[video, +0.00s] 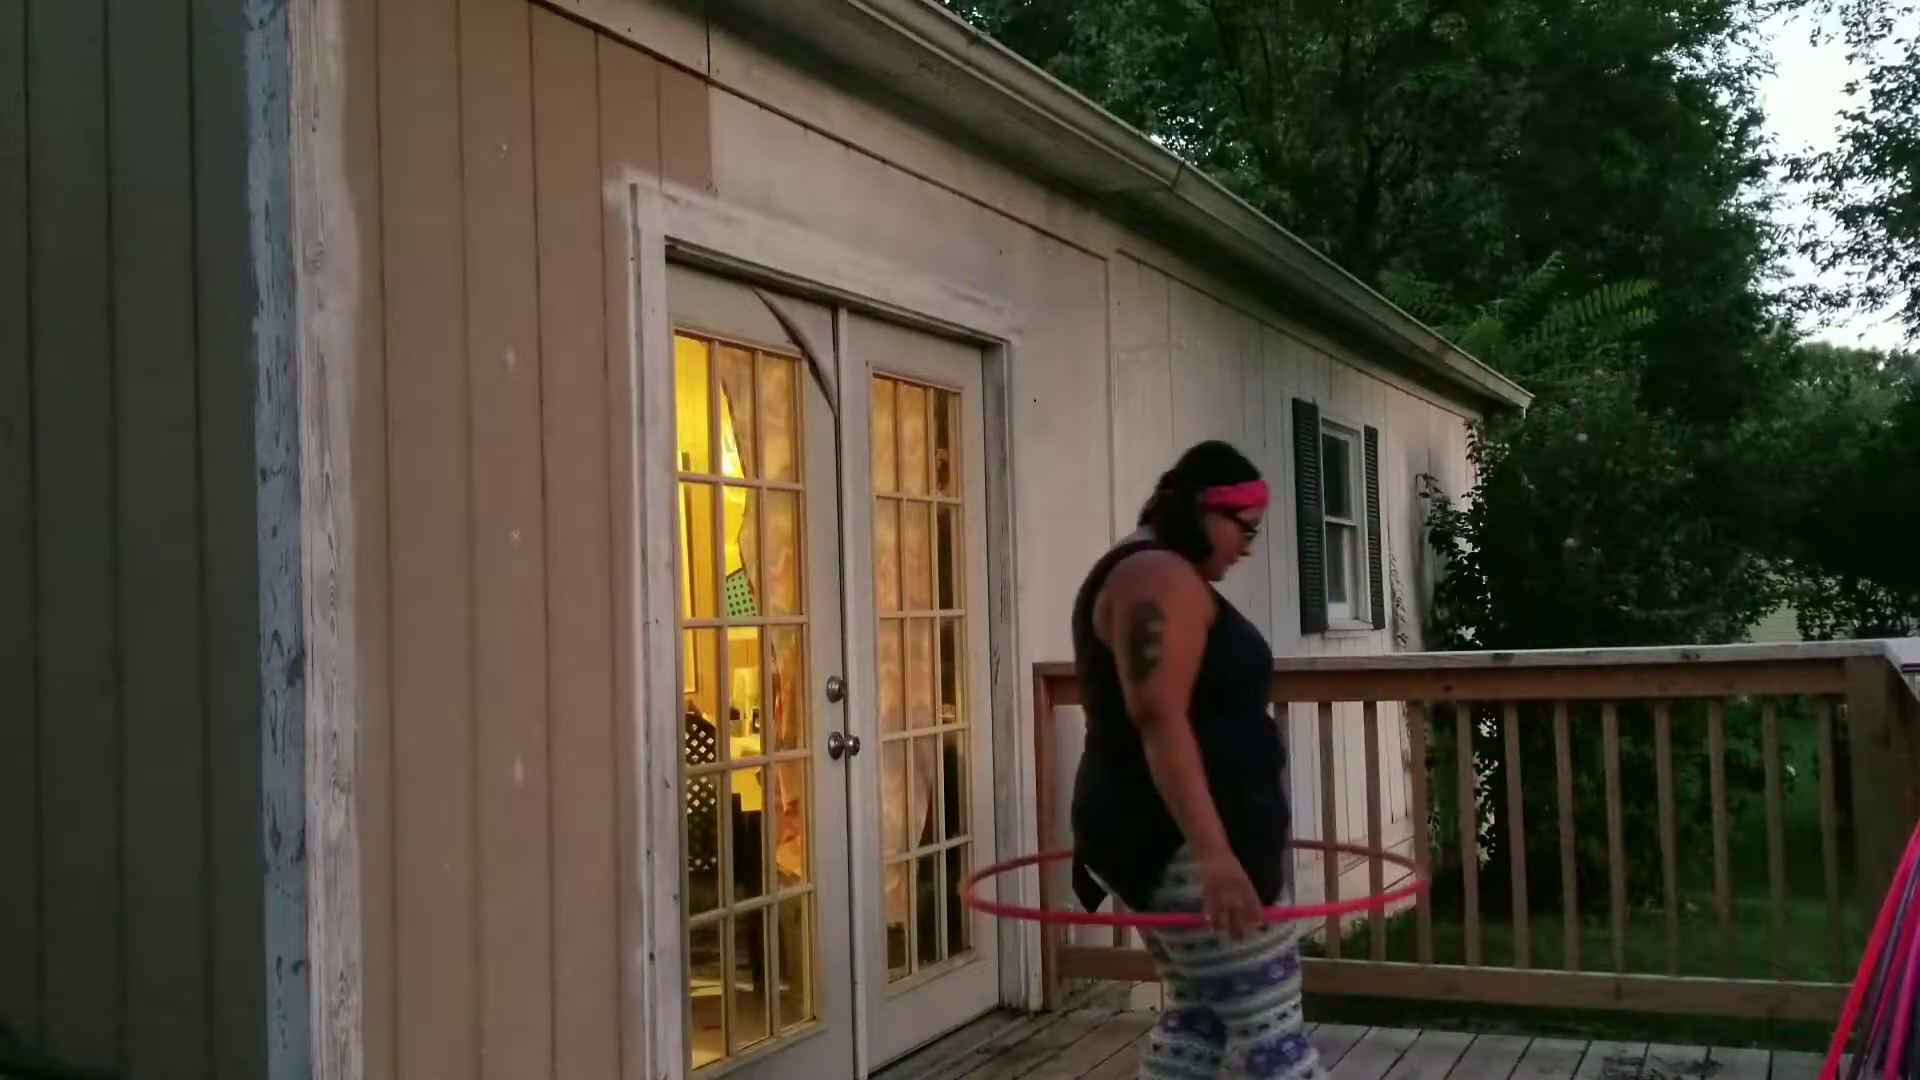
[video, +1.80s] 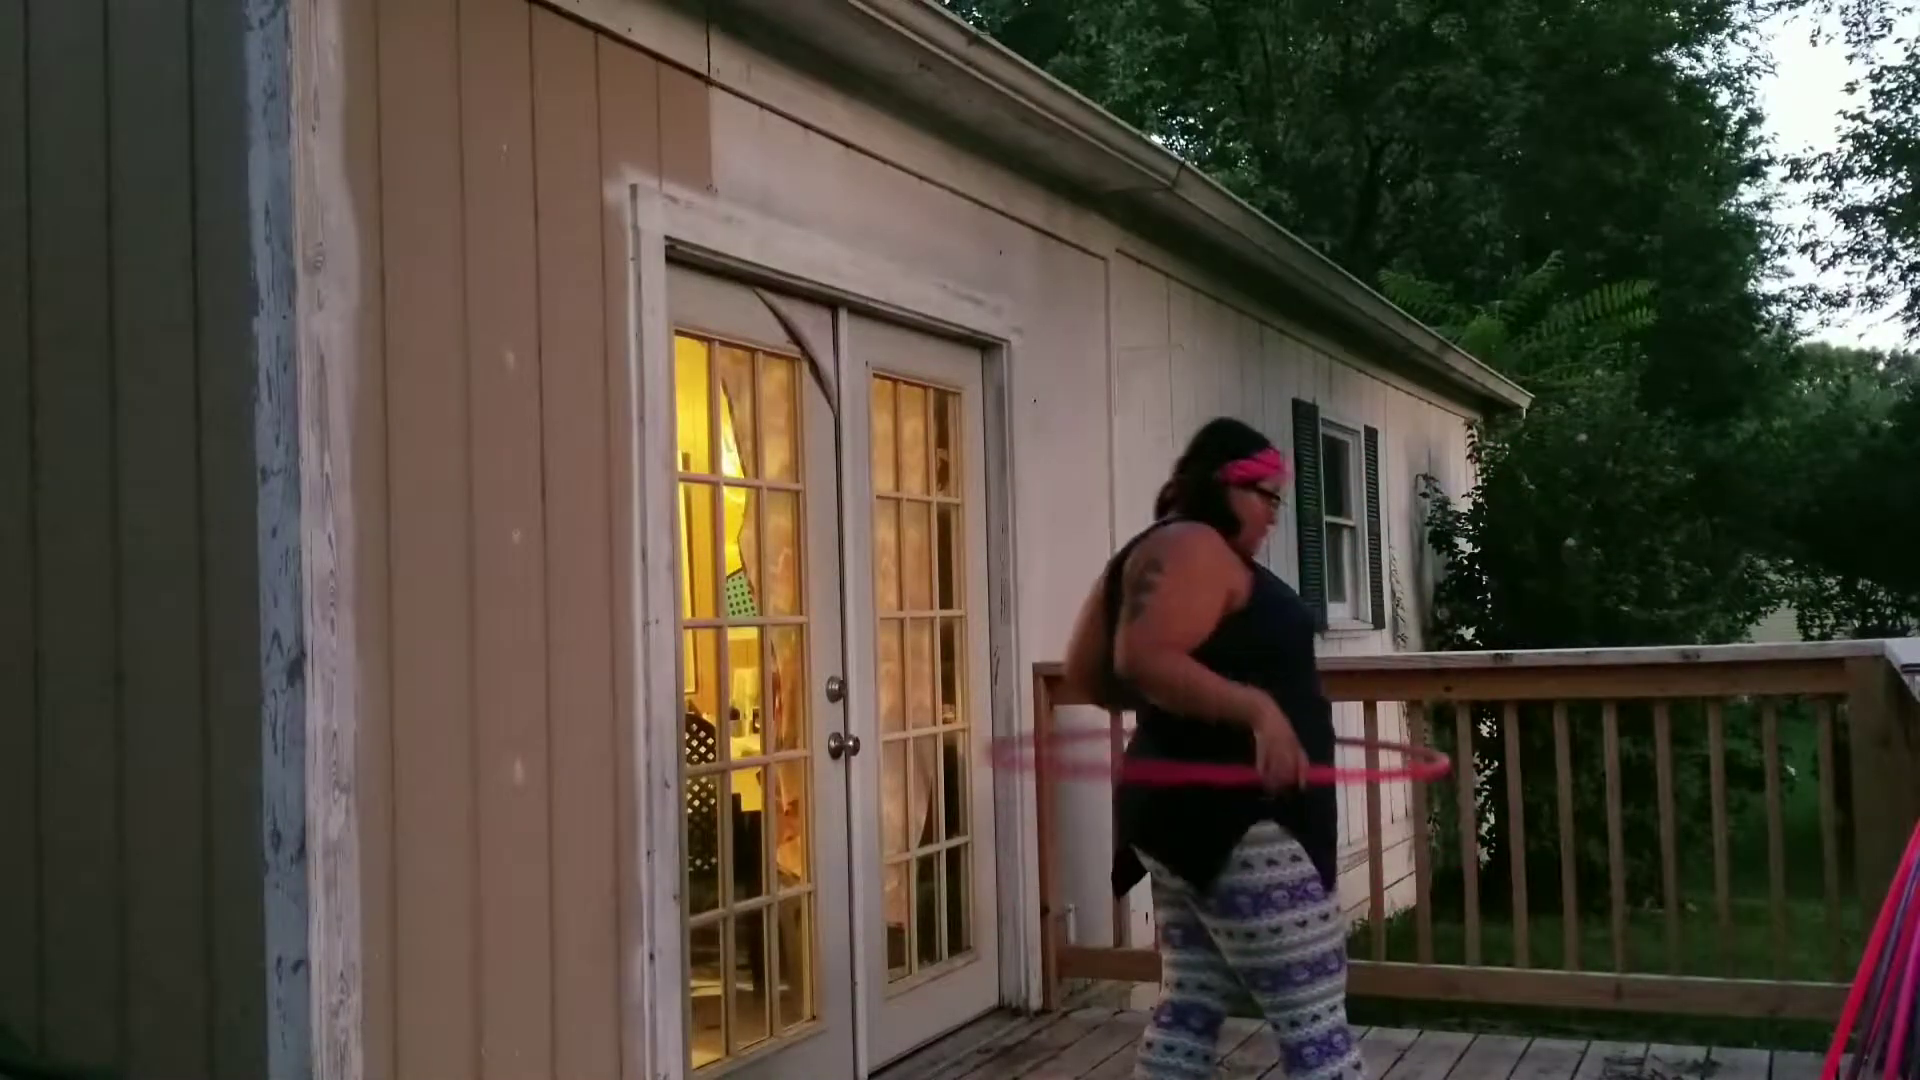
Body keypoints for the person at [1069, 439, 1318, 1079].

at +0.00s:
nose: (1248, 543)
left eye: (1253, 530)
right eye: (1241, 524)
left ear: (1189, 511)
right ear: (1198, 509)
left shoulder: (1146, 573)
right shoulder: (1158, 577)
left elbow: (1153, 726)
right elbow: (1158, 720)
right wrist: (1214, 853)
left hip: (1160, 838)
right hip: (1188, 842)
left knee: (1198, 1019)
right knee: (1271, 1024)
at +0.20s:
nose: (1219, 530)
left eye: (1221, 515)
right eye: (1211, 512)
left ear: (1164, 504)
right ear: (1167, 501)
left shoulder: (1098, 566)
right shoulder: (1133, 562)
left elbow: (1067, 701)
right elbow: (1094, 683)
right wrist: (1201, 770)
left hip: (1144, 827)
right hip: (1174, 828)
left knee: (1190, 1014)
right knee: (1263, 1002)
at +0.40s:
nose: (1203, 501)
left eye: (1202, 487)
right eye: (1192, 486)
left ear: (1147, 490)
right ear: (1148, 488)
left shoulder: (1093, 555)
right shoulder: (1124, 547)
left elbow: (1051, 680)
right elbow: (1077, 664)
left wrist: (1159, 689)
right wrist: (1186, 672)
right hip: (1163, 811)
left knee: (1178, 1002)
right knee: (1260, 982)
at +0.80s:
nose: (1252, 480)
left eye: (1249, 466)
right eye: (1238, 468)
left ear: (1188, 482)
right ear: (1197, 480)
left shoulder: (1134, 552)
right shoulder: (1175, 549)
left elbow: (1098, 668)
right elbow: (1132, 671)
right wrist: (1235, 744)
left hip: (1157, 824)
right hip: (1208, 826)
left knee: (1165, 1015)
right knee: (1282, 1022)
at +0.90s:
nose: (1276, 483)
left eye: (1272, 469)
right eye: (1263, 470)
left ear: (1204, 483)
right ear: (1220, 481)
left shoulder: (1151, 557)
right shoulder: (1205, 554)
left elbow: (1131, 694)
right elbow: (1171, 683)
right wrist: (1257, 796)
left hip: (1163, 830)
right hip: (1231, 837)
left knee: (1157, 1022)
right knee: (1289, 1032)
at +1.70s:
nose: (1296, 526)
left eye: (1300, 512)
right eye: (1291, 509)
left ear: (1233, 492)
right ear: (1251, 494)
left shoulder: (1150, 560)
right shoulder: (1220, 555)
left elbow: (1102, 683)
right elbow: (1172, 667)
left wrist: (1184, 743)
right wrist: (1271, 767)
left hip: (1179, 824)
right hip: (1250, 828)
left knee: (1191, 1020)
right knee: (1318, 1032)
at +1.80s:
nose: (1273, 516)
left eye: (1277, 500)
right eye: (1262, 495)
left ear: (1190, 490)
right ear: (1216, 487)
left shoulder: (1136, 556)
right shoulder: (1195, 546)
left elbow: (1089, 677)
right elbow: (1147, 656)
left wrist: (1192, 693)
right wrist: (1258, 709)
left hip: (1175, 817)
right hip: (1238, 816)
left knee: (1192, 1009)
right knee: (1313, 1013)